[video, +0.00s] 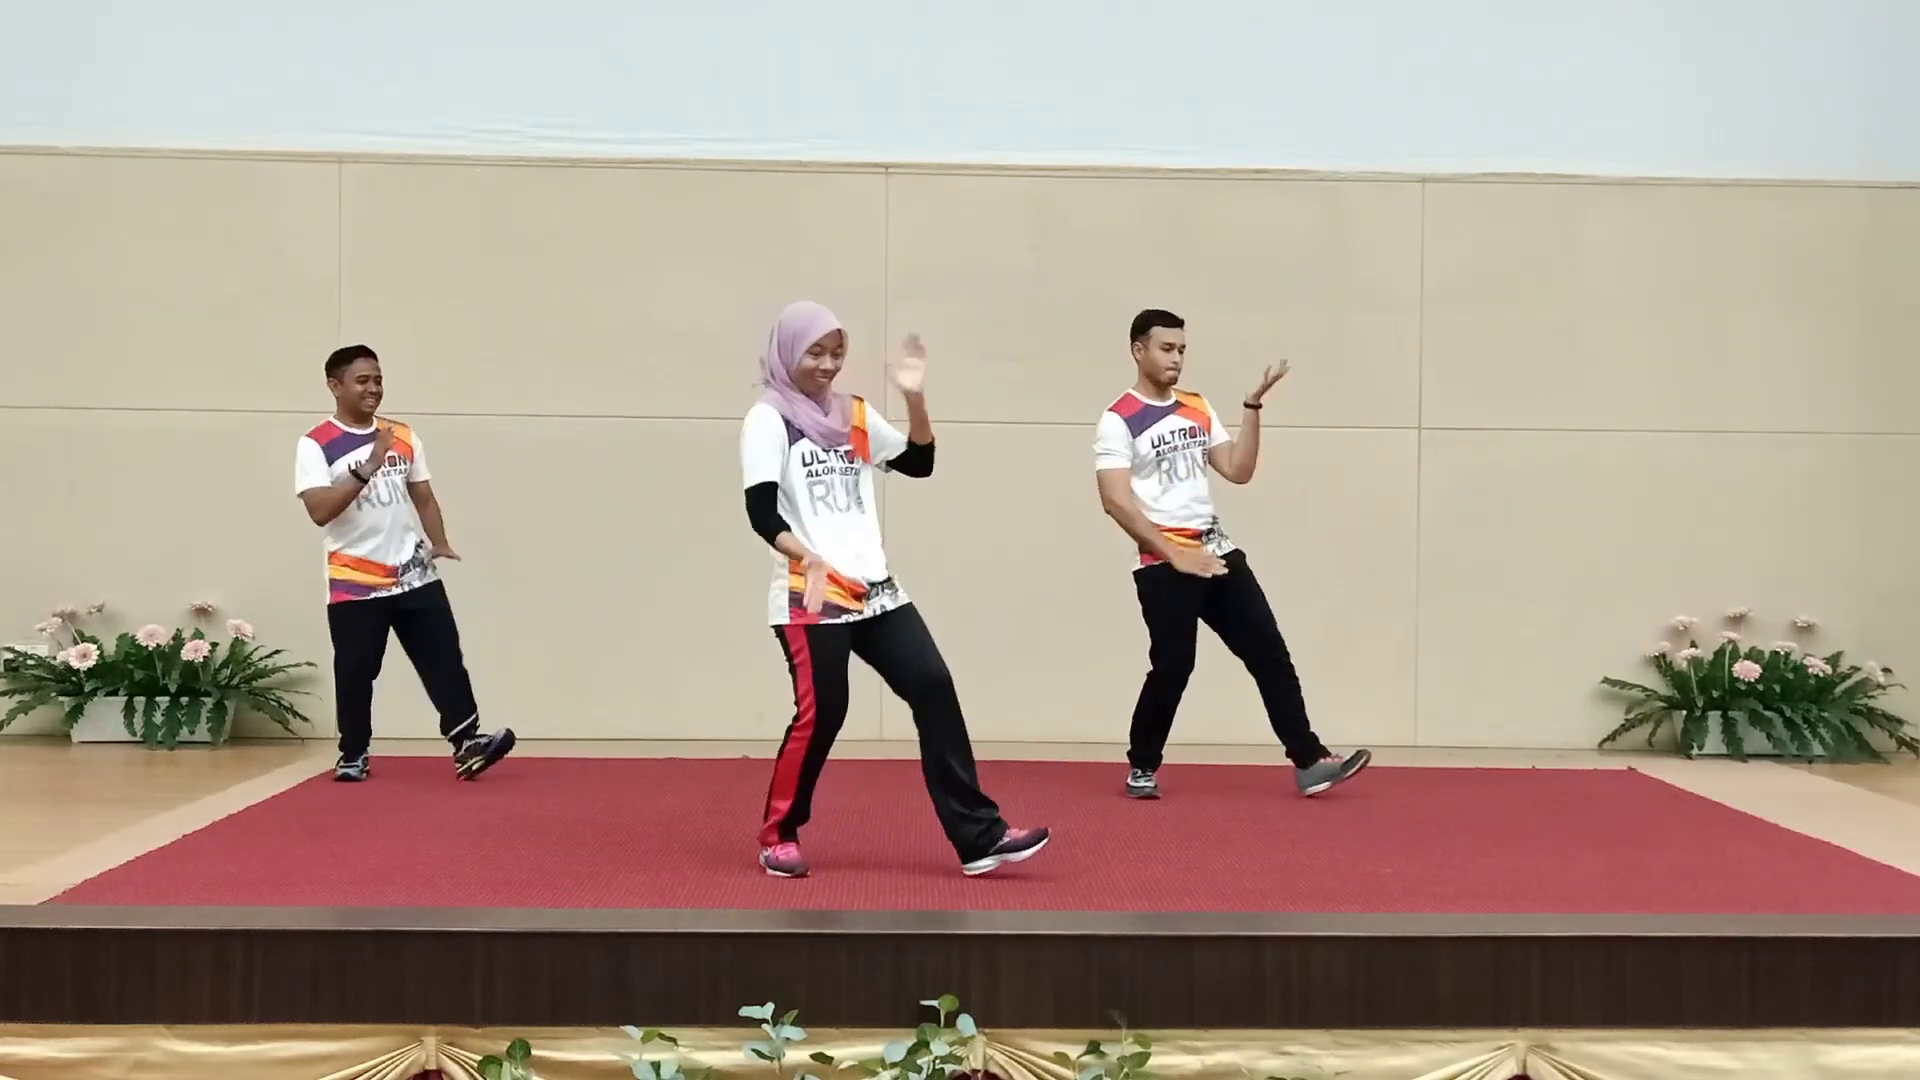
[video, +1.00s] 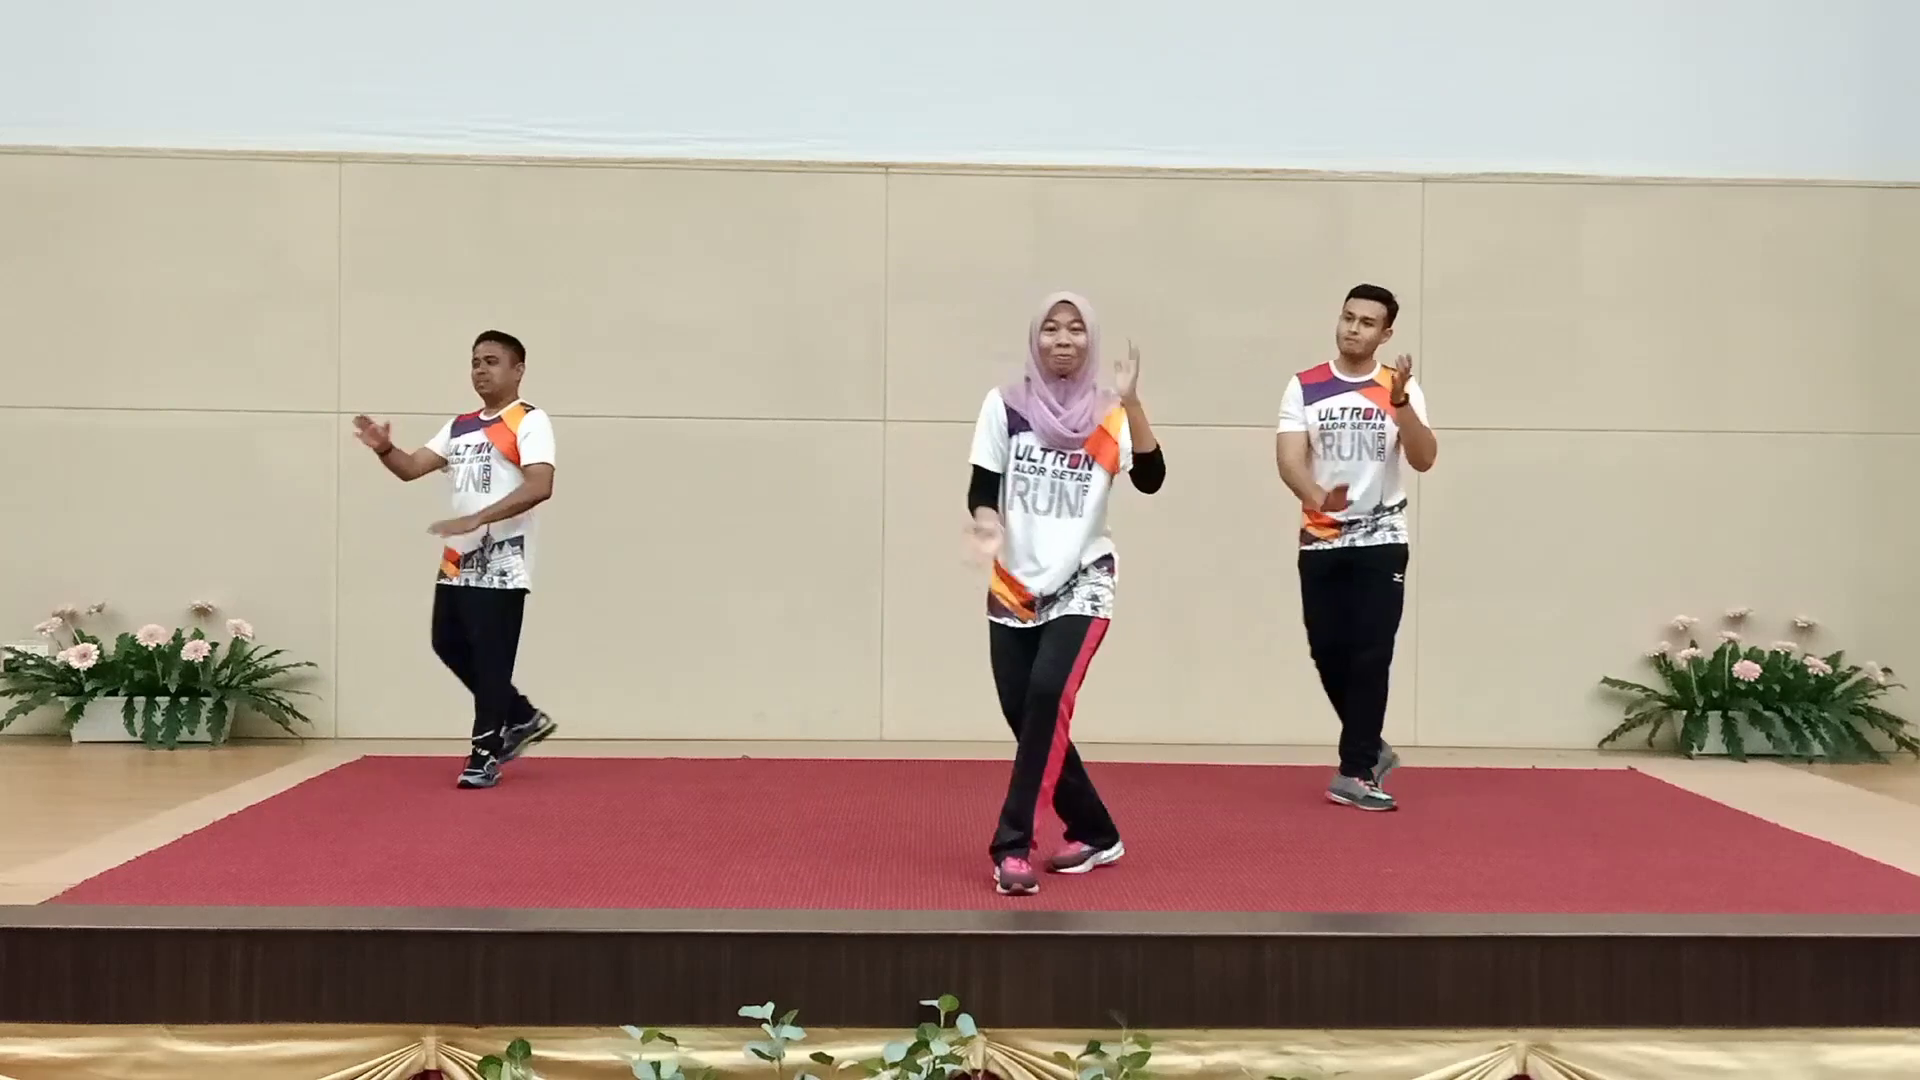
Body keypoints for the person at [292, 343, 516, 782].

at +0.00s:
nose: (373, 388)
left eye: (378, 380)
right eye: (363, 381)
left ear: (382, 384)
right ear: (335, 385)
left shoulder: (401, 437)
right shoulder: (316, 444)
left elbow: (423, 497)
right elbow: (319, 510)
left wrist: (439, 543)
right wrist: (369, 462)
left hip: (413, 573)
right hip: (355, 581)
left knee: (443, 657)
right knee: (354, 673)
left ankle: (467, 743)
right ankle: (353, 756)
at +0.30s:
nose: (375, 364)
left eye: (383, 357)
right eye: (364, 355)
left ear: (390, 365)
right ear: (343, 363)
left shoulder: (408, 415)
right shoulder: (322, 415)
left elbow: (452, 462)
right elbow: (322, 470)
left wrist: (472, 485)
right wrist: (382, 433)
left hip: (416, 547)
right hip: (358, 558)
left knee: (453, 614)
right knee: (353, 661)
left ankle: (466, 710)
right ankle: (350, 751)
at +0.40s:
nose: (385, 357)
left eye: (394, 351)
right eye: (375, 349)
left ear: (406, 360)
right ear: (357, 358)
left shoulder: (428, 413)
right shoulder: (334, 408)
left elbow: (480, 462)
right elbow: (323, 469)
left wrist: (483, 446)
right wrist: (387, 471)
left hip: (423, 544)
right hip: (363, 551)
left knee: (457, 618)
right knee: (352, 654)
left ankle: (475, 709)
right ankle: (348, 749)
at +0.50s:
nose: (402, 364)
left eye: (411, 358)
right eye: (392, 358)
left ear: (426, 370)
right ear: (378, 367)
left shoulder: (446, 424)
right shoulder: (353, 420)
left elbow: (494, 475)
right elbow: (329, 487)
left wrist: (476, 428)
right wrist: (379, 528)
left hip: (435, 564)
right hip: (372, 566)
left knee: (457, 643)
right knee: (356, 661)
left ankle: (487, 739)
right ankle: (350, 750)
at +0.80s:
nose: (449, 366)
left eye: (460, 358)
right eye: (442, 360)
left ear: (483, 367)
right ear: (435, 370)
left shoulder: (504, 422)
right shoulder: (414, 423)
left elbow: (516, 483)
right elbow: (368, 467)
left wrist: (453, 474)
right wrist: (337, 499)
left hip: (475, 567)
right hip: (419, 564)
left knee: (478, 661)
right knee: (393, 652)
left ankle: (483, 753)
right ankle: (385, 740)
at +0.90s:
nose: (466, 368)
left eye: (477, 360)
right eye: (460, 361)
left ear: (501, 367)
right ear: (455, 370)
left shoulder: (518, 422)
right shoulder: (439, 423)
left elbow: (528, 483)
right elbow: (390, 460)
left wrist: (458, 496)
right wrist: (354, 468)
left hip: (490, 569)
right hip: (439, 564)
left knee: (486, 663)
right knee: (417, 642)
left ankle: (485, 753)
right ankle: (453, 728)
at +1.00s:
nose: (480, 370)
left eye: (491, 362)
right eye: (476, 363)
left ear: (517, 370)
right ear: (471, 371)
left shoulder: (530, 421)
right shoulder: (461, 426)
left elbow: (539, 486)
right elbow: (412, 468)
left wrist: (477, 518)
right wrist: (385, 449)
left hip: (500, 568)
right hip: (456, 564)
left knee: (491, 660)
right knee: (448, 644)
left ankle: (485, 755)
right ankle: (520, 717)